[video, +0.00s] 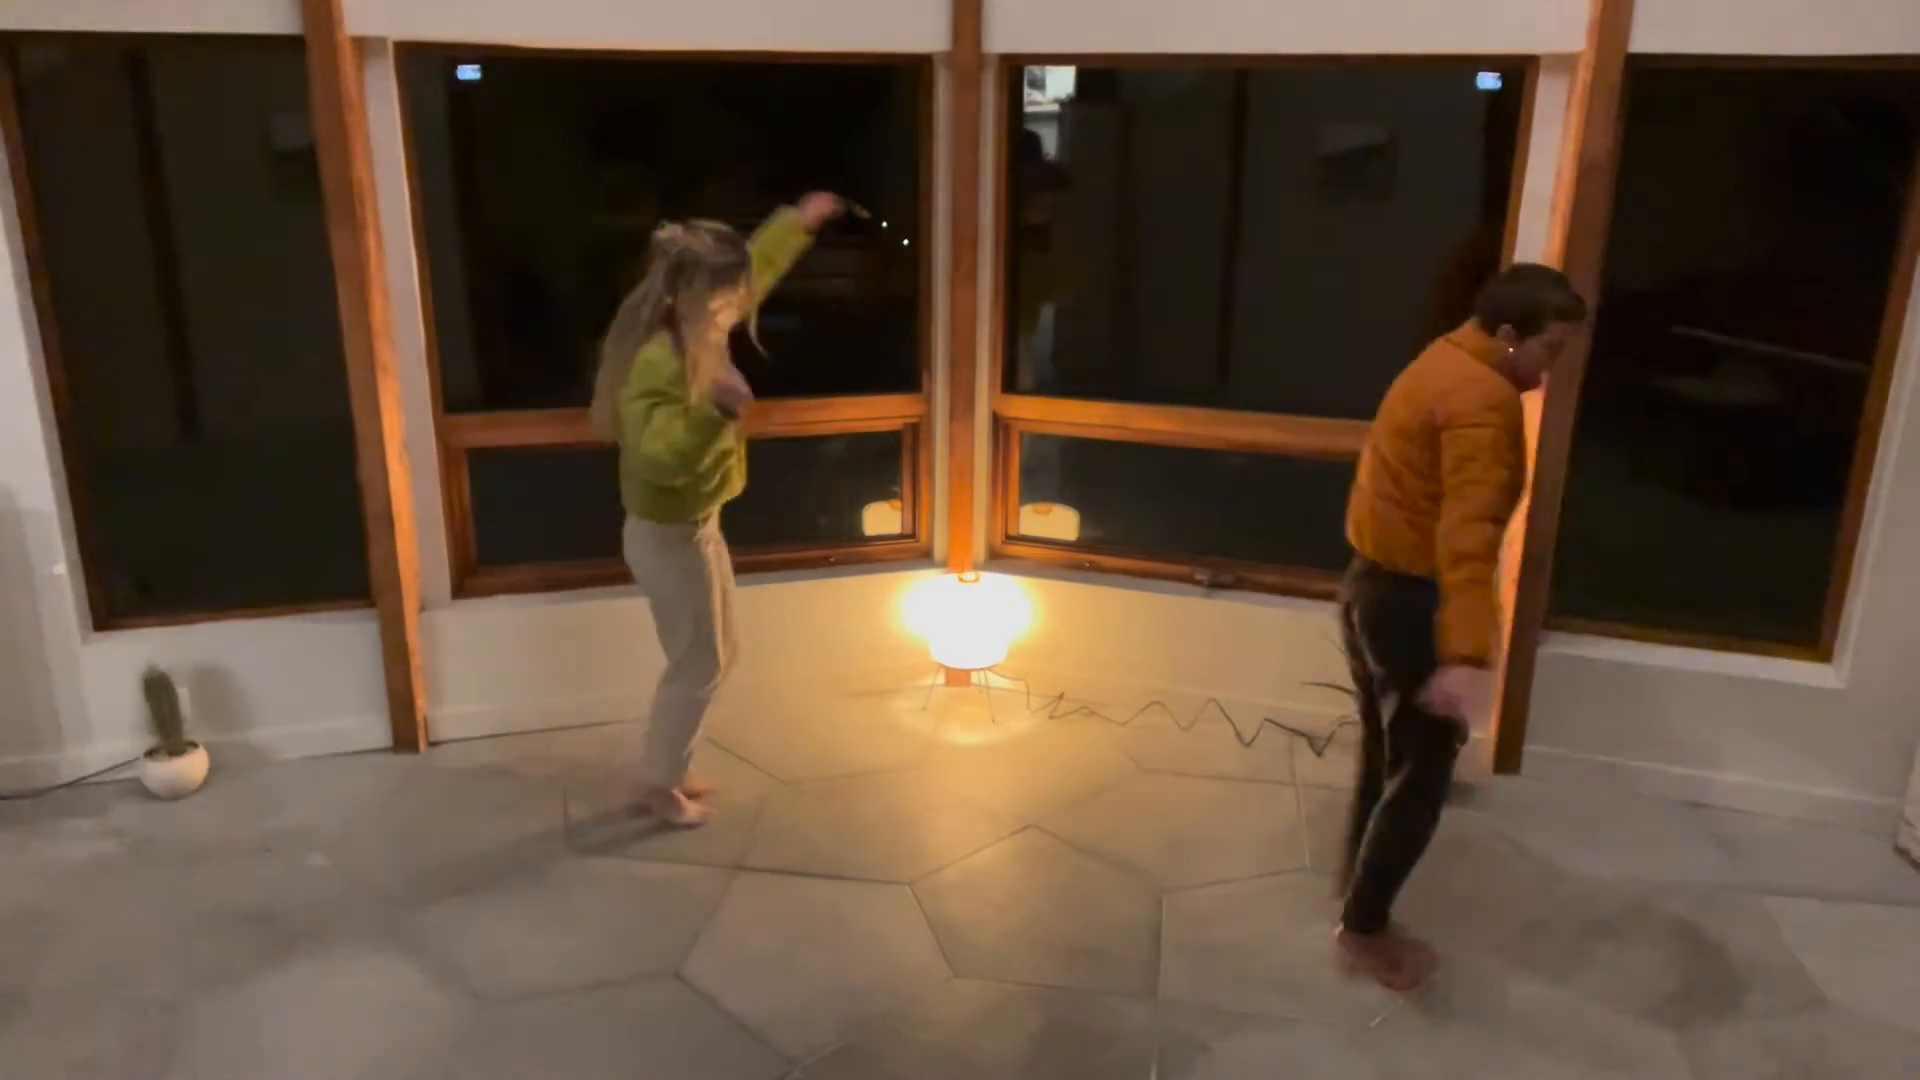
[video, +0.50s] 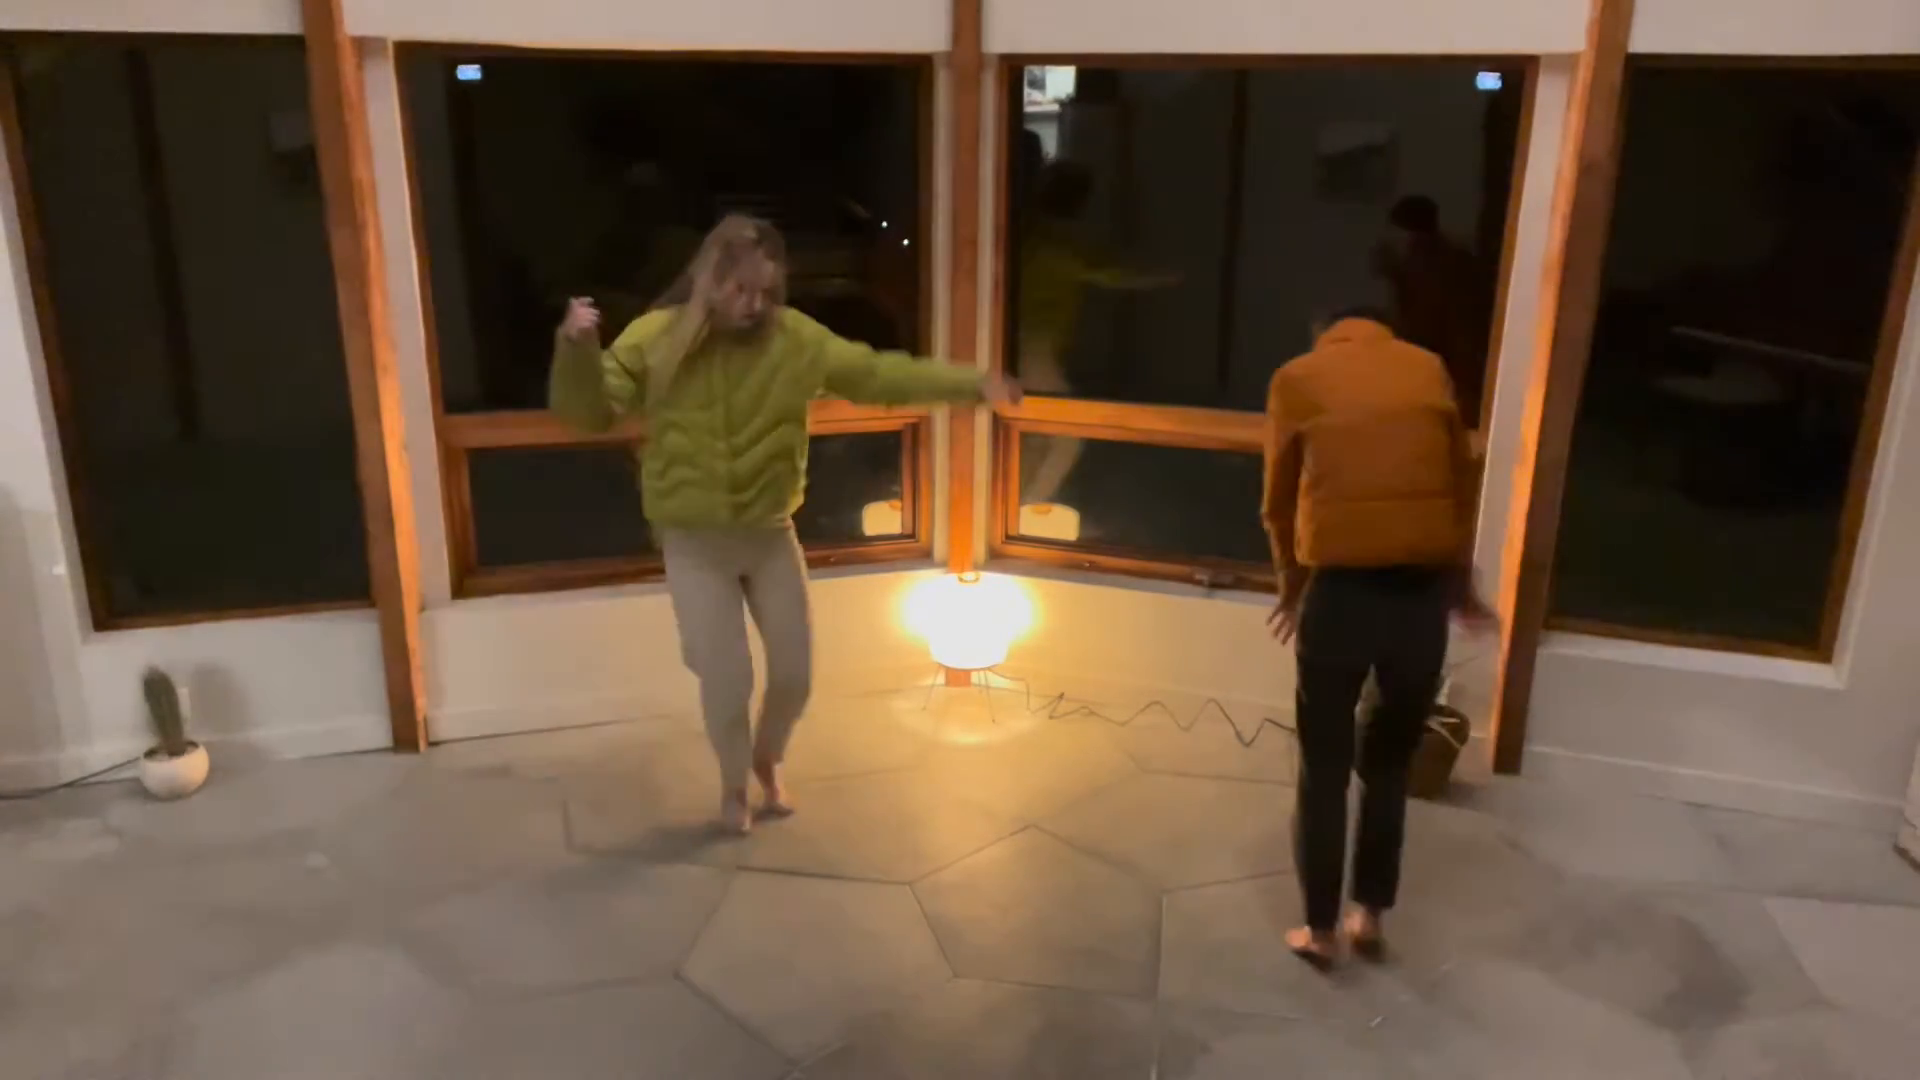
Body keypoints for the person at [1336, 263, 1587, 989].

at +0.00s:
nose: (1555, 365)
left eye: (1561, 350)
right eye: (1552, 348)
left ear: (1501, 330)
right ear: (1510, 332)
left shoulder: (1440, 365)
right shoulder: (1482, 402)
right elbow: (1468, 534)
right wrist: (1464, 656)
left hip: (1372, 584)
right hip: (1411, 599)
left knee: (1385, 758)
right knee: (1421, 775)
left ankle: (1360, 907)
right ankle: (1364, 929)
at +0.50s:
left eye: (1314, 330)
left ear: (1323, 328)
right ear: (1385, 324)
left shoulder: (1297, 378)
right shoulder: (1428, 368)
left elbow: (1278, 499)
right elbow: (1460, 479)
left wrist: (1290, 583)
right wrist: (1462, 576)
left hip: (1338, 590)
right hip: (1420, 593)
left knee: (1323, 759)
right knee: (1389, 756)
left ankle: (1320, 926)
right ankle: (1367, 912)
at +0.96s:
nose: (1256, 366)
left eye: (1264, 356)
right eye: (1254, 353)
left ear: (1302, 351)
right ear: (1283, 343)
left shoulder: (1350, 415)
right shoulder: (1298, 372)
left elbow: (1300, 540)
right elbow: (1253, 463)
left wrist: (1250, 636)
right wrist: (1231, 547)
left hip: (1350, 587)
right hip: (1295, 575)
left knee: (1317, 738)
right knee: (1267, 726)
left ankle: (1334, 885)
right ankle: (1265, 851)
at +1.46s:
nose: (1408, 330)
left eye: (1416, 319)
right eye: (1400, 312)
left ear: (1413, 322)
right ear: (1359, 300)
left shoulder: (1378, 380)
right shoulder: (1302, 340)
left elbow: (1415, 497)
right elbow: (1258, 453)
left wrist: (1486, 583)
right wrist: (1315, 549)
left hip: (1322, 568)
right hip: (1266, 557)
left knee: (1300, 728)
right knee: (1259, 725)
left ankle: (1255, 841)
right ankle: (1216, 851)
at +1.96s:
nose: (1276, 321)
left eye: (1278, 311)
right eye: (1277, 311)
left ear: (1285, 312)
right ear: (1352, 308)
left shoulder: (1266, 381)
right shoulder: (1403, 349)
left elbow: (1196, 486)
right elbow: (1460, 452)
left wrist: (1107, 538)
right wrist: (1428, 517)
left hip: (1282, 572)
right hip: (1364, 577)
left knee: (1258, 734)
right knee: (1339, 732)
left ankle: (1243, 877)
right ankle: (1322, 880)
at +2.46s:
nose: (1347, 260)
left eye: (1367, 262)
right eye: (1350, 256)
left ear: (1390, 298)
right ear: (1332, 286)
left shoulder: (1399, 362)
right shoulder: (1302, 354)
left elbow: (1473, 462)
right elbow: (1296, 445)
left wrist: (1522, 559)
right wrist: (1261, 494)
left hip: (1366, 566)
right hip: (1301, 560)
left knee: (1351, 730)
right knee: (1308, 731)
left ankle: (1349, 885)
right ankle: (1341, 856)